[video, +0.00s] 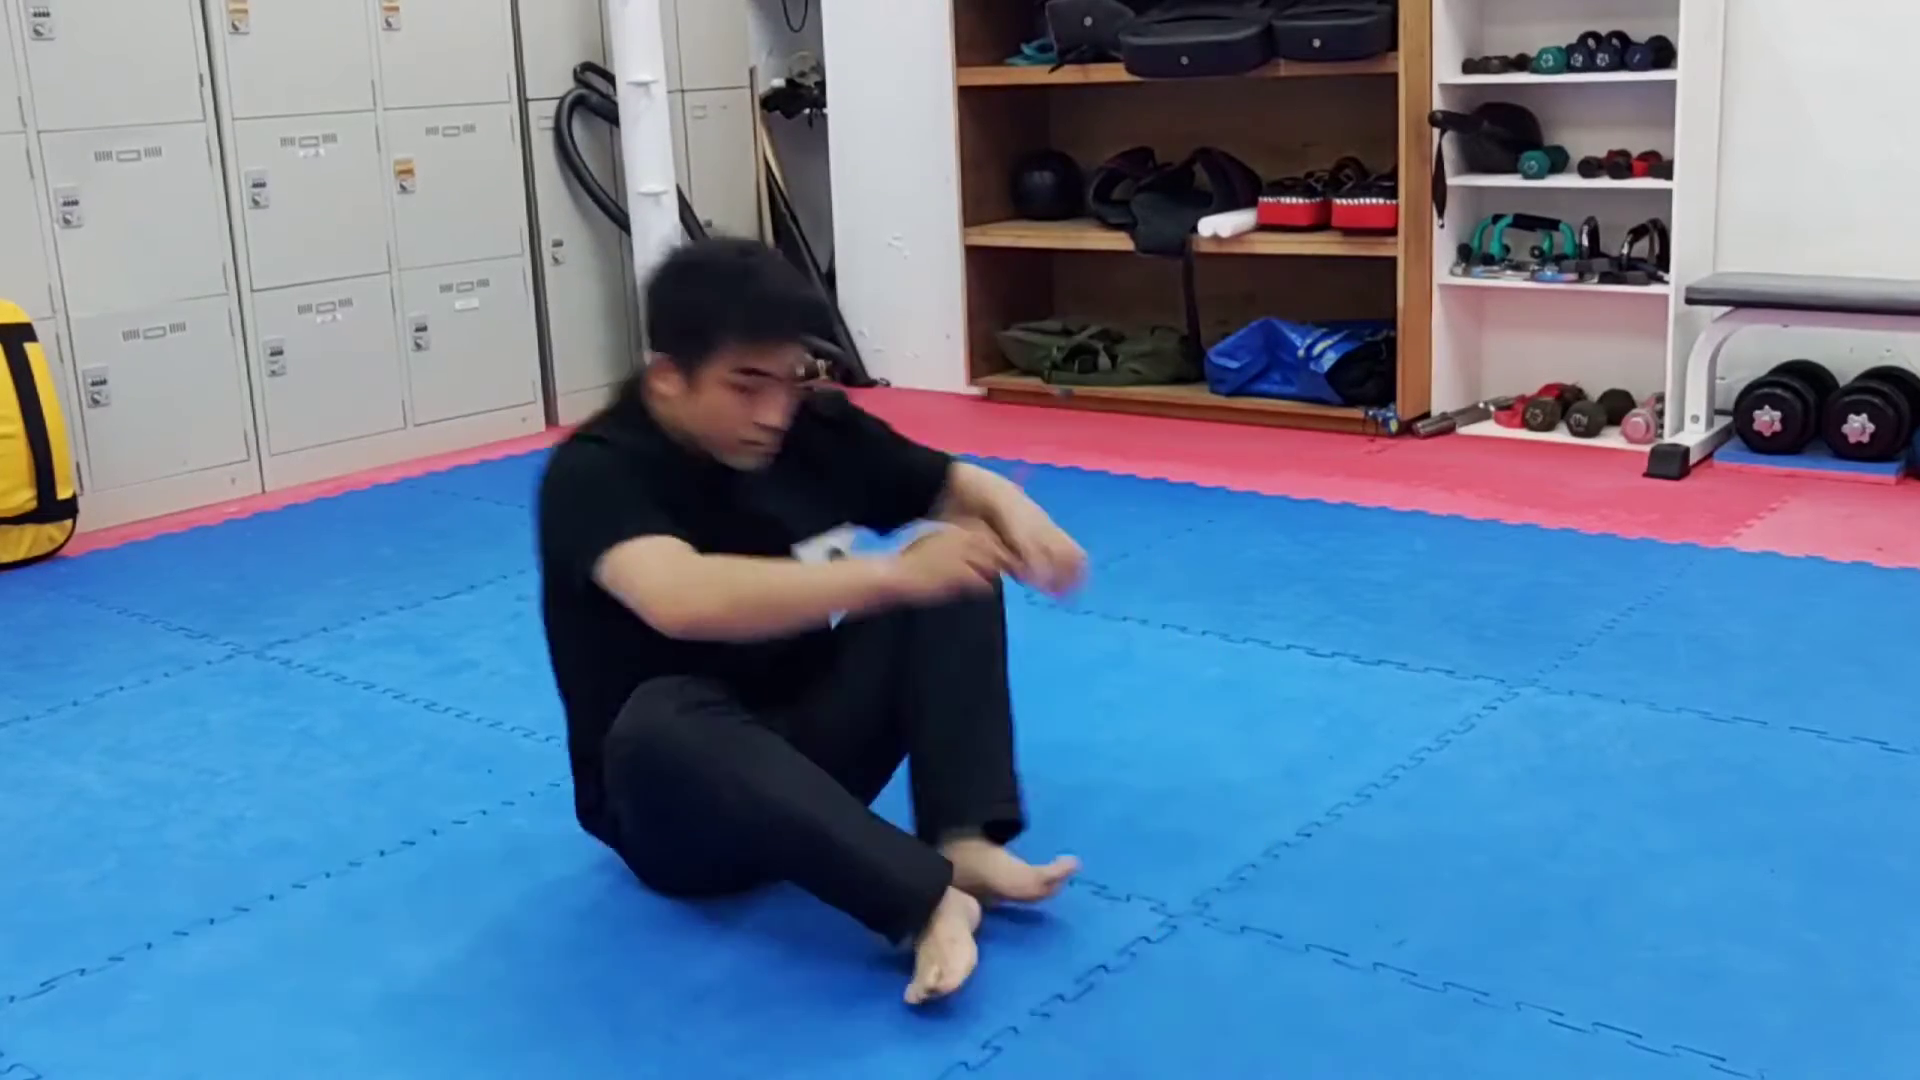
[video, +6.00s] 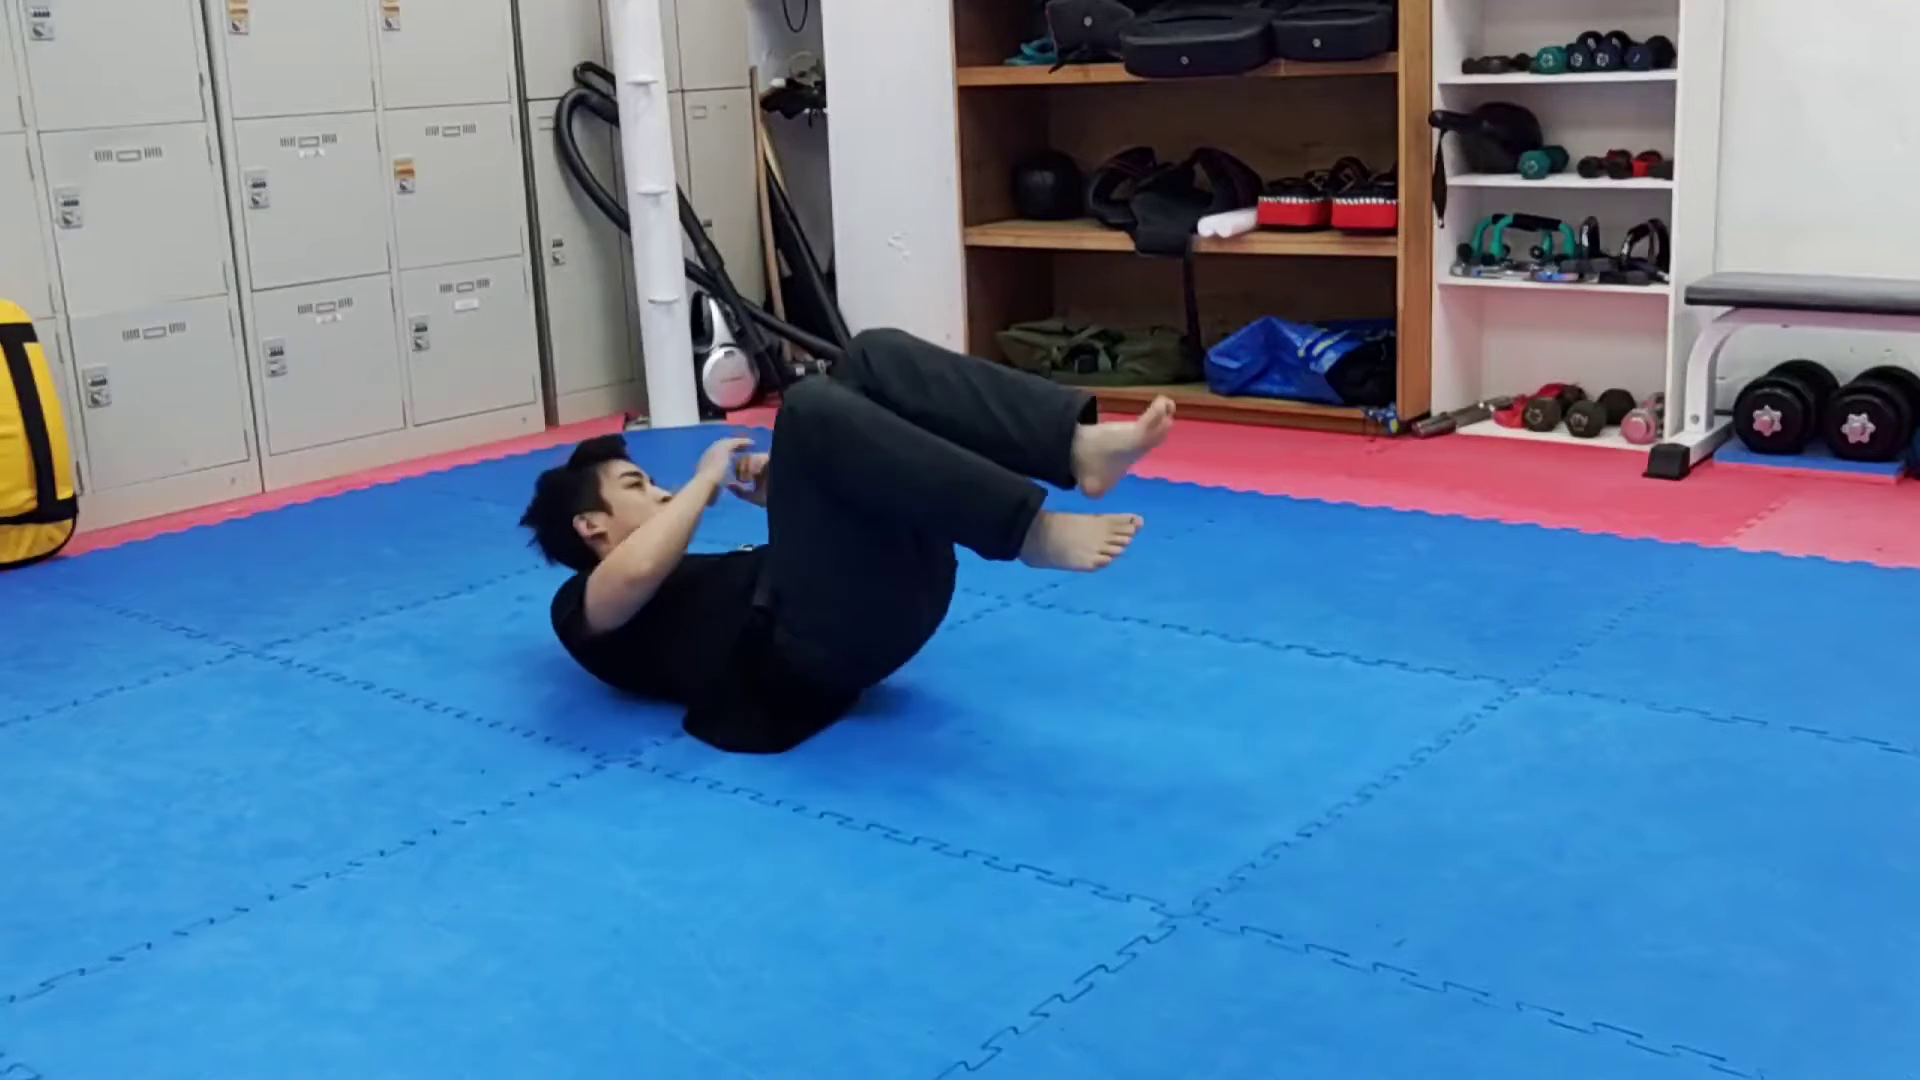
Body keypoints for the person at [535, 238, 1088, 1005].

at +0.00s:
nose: (776, 415)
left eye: (793, 383)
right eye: (747, 386)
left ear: (809, 374)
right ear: (666, 380)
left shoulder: (814, 430)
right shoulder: (593, 473)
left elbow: (960, 489)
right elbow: (682, 598)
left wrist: (1012, 512)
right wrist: (892, 577)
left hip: (819, 757)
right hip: (684, 812)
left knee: (956, 561)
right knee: (661, 724)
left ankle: (961, 838)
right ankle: (927, 904)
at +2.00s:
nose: (576, 470)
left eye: (581, 443)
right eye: (546, 454)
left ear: (589, 425)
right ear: (471, 457)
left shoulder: (622, 502)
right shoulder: (440, 575)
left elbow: (776, 590)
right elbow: (477, 722)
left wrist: (724, 512)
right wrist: (582, 572)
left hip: (773, 753)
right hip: (651, 801)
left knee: (904, 561)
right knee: (777, 588)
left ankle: (1048, 802)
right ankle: (961, 843)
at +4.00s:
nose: (535, 513)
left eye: (531, 499)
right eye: (504, 506)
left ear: (544, 521)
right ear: (455, 554)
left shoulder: (589, 605)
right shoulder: (447, 643)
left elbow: (687, 644)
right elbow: (543, 629)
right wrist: (602, 530)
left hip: (807, 693)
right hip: (732, 747)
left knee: (821, 445)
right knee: (709, 501)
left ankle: (1017, 579)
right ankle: (948, 645)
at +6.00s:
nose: (659, 492)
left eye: (652, 484)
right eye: (635, 487)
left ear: (651, 503)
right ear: (587, 527)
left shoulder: (693, 573)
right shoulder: (576, 611)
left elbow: (816, 537)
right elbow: (634, 574)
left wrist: (776, 494)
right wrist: (704, 482)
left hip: (878, 601)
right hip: (818, 642)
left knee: (870, 358)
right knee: (811, 411)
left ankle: (1076, 449)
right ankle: (1027, 529)